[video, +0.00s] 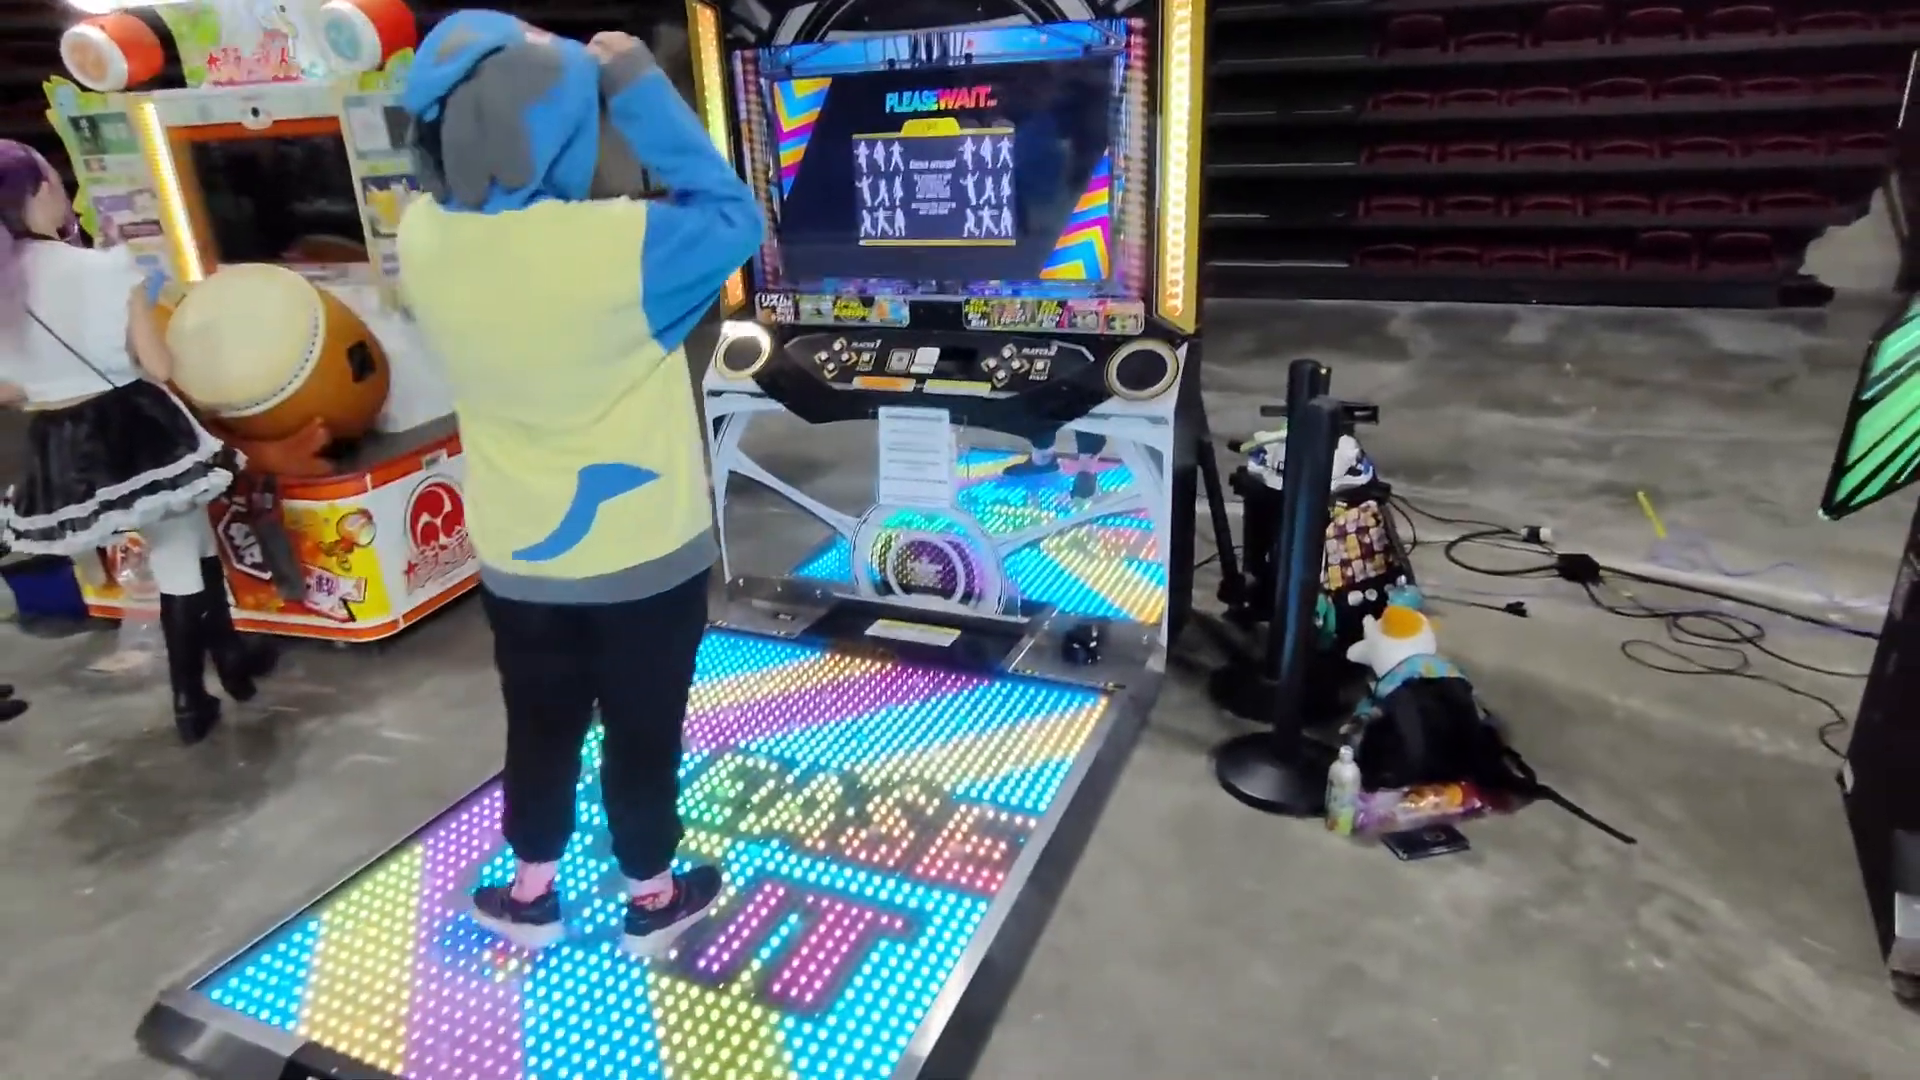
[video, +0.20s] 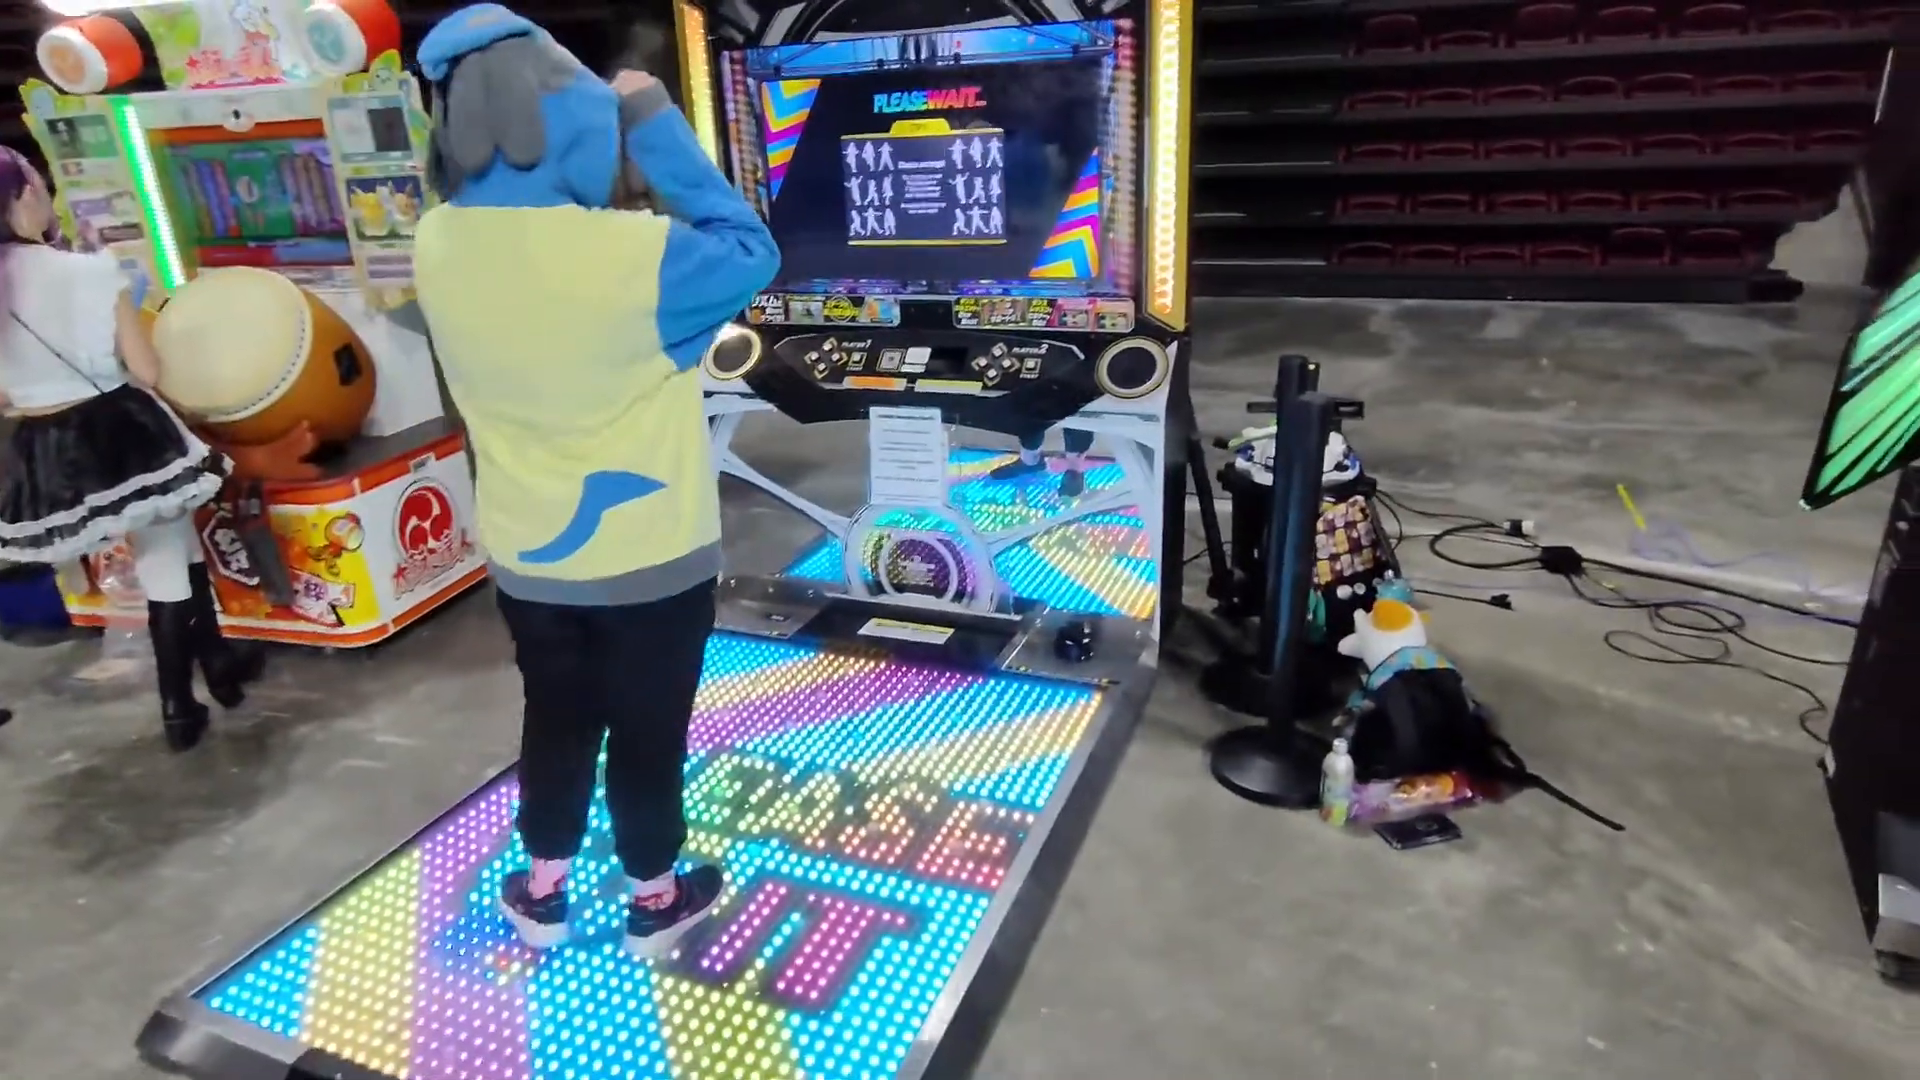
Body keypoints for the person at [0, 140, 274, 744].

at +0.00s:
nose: (65, 195)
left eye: (59, 184)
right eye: (57, 185)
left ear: (11, 204)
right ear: (33, 196)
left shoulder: (5, 283)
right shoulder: (106, 267)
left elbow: (10, 389)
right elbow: (156, 365)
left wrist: (58, 386)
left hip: (62, 440)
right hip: (134, 426)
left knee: (181, 533)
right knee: (175, 550)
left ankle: (233, 654)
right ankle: (190, 702)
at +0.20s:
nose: (49, 204)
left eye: (43, 192)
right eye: (42, 193)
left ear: (6, 202)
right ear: (21, 198)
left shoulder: (5, 278)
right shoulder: (87, 272)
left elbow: (11, 389)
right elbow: (144, 369)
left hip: (37, 445)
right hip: (112, 433)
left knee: (169, 536)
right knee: (163, 553)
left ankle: (218, 661)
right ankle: (178, 708)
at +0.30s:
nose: (35, 203)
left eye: (29, 190)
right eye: (29, 191)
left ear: (3, 197)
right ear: (10, 196)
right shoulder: (80, 276)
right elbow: (134, 374)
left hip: (22, 456)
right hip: (102, 444)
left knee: (157, 533)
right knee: (152, 554)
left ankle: (210, 666)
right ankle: (167, 711)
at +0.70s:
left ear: (7, 241)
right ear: (8, 234)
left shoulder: (32, 281)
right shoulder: (35, 280)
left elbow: (85, 378)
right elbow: (87, 378)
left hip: (11, 463)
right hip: (61, 452)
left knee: (108, 552)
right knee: (102, 560)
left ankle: (159, 678)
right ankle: (115, 722)